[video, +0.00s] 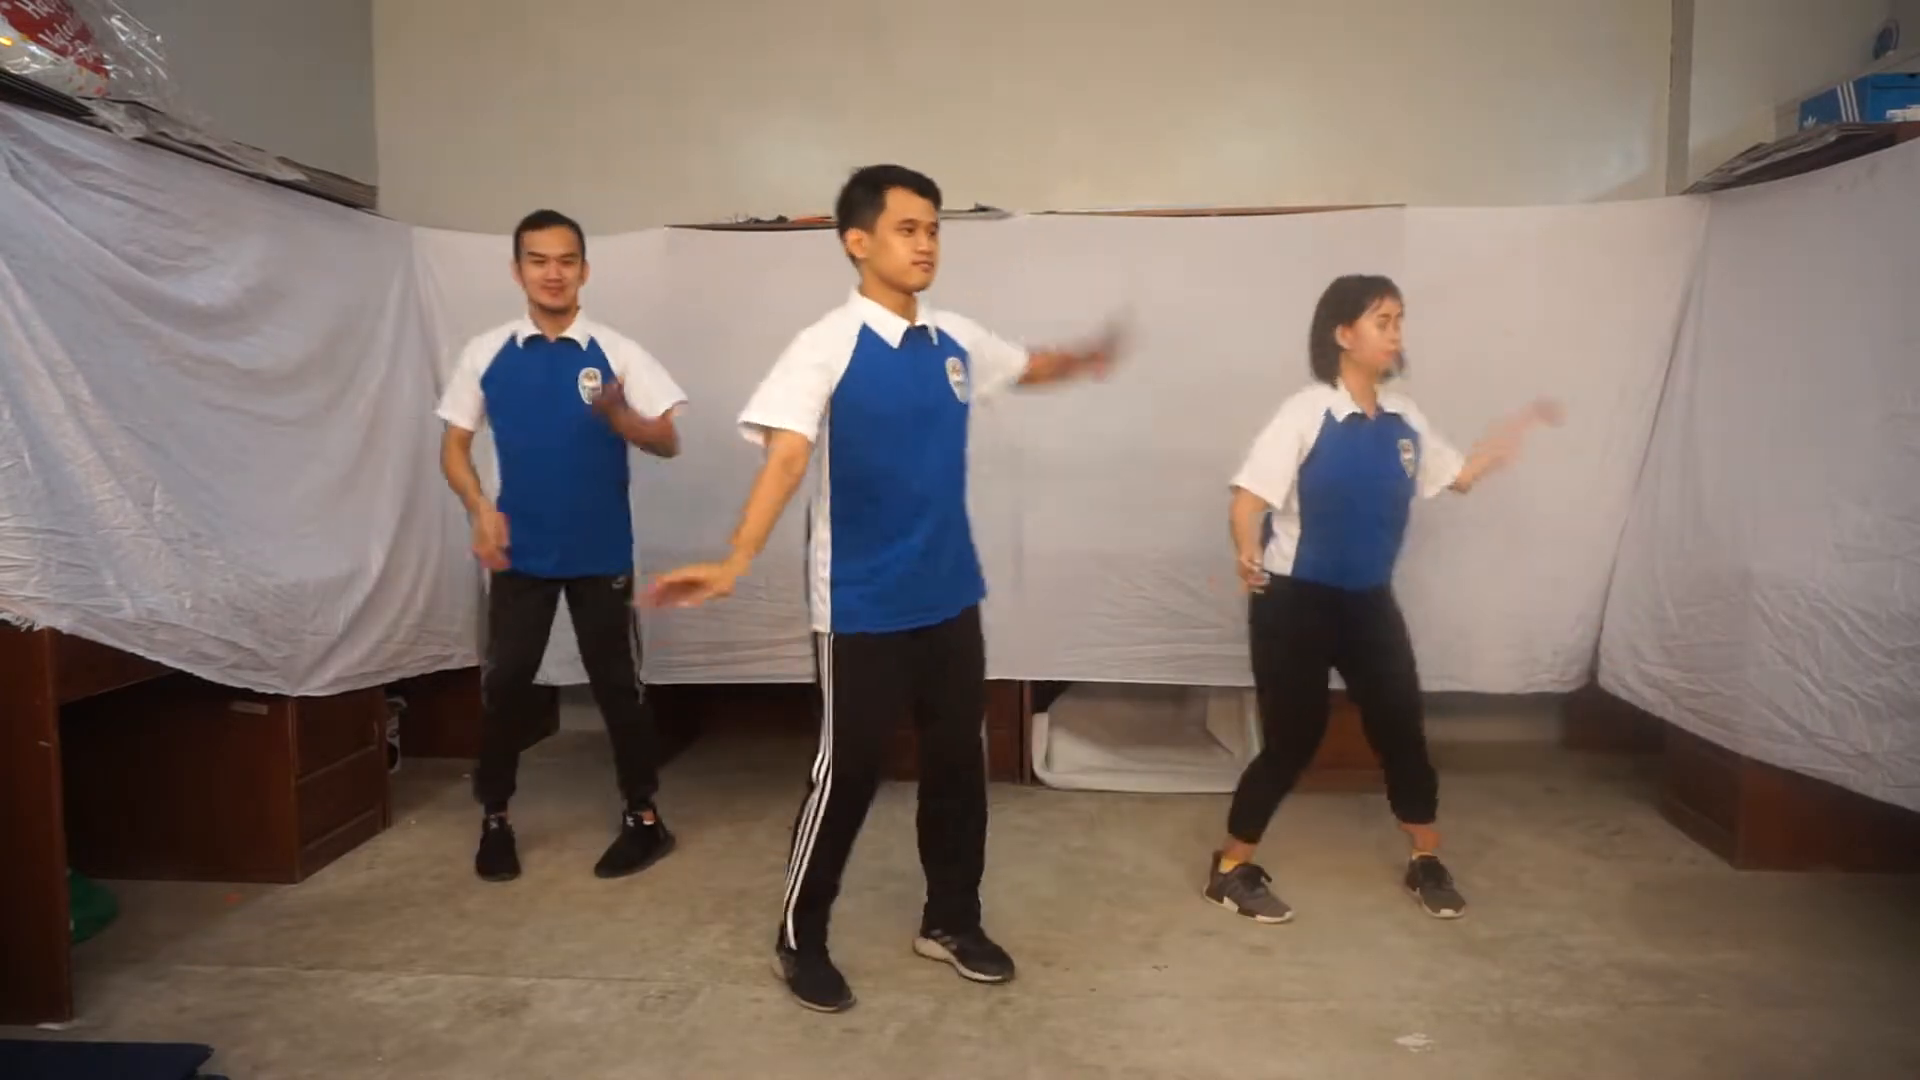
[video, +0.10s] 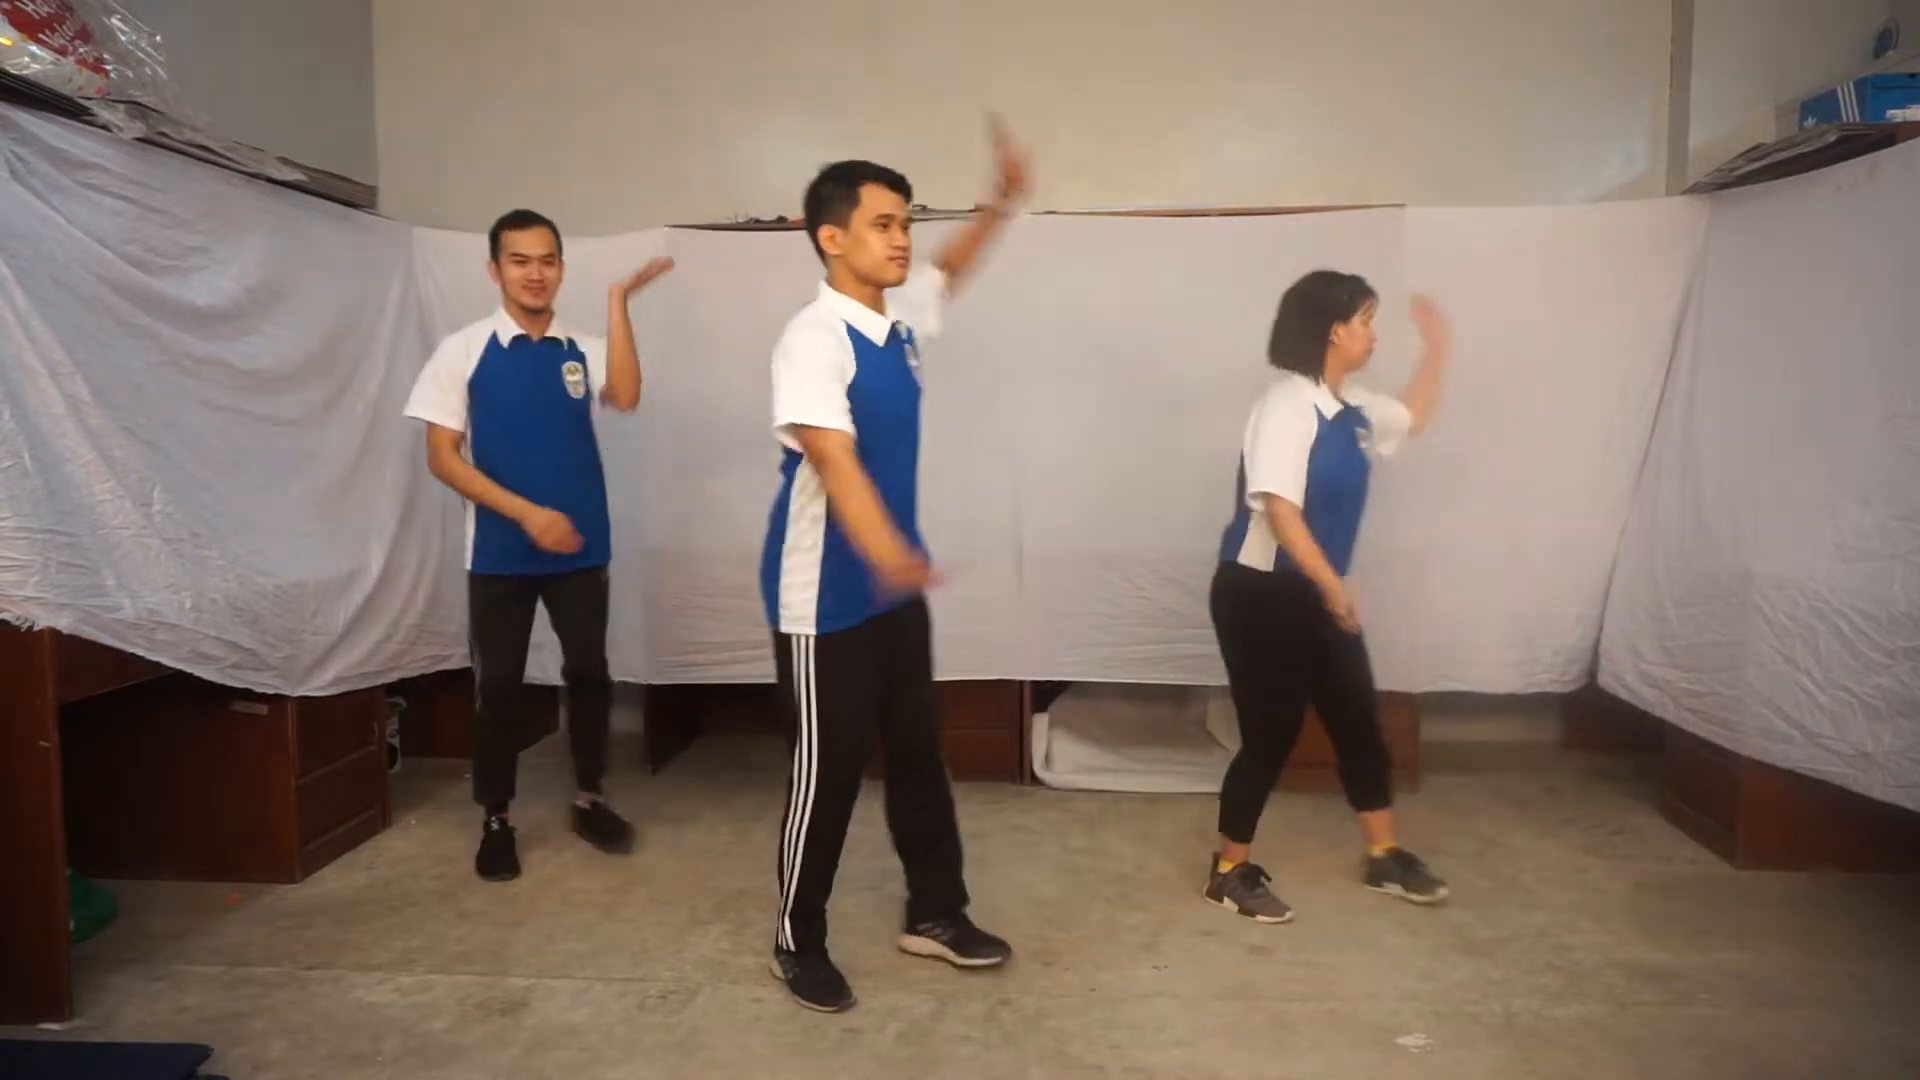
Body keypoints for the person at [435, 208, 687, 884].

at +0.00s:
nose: (553, 272)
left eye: (566, 260)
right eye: (538, 260)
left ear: (584, 270)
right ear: (517, 270)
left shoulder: (615, 350)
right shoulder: (487, 353)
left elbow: (668, 441)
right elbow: (453, 450)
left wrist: (622, 416)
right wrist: (480, 509)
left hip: (599, 555)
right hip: (520, 554)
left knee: (617, 685)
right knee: (504, 688)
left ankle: (644, 818)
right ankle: (496, 819)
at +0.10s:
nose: (536, 273)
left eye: (547, 261)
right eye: (521, 261)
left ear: (561, 269)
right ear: (495, 270)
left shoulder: (580, 350)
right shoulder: (463, 351)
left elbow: (625, 396)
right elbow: (443, 458)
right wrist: (529, 513)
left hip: (579, 552)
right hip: (501, 557)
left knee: (589, 673)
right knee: (497, 690)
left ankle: (591, 800)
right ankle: (497, 821)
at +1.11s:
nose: (524, 269)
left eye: (532, 258)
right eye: (508, 258)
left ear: (541, 267)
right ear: (476, 270)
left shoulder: (548, 354)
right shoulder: (454, 359)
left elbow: (595, 418)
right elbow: (448, 464)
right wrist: (533, 499)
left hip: (538, 552)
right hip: (470, 560)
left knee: (553, 665)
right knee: (470, 687)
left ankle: (492, 759)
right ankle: (468, 814)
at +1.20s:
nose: (538, 268)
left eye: (547, 257)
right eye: (522, 257)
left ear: (556, 266)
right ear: (491, 269)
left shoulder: (564, 357)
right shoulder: (468, 354)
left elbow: (590, 444)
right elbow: (458, 460)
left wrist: (641, 468)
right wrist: (543, 499)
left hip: (554, 548)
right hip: (482, 555)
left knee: (582, 658)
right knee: (475, 686)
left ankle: (559, 785)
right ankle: (468, 815)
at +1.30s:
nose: (563, 269)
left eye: (572, 257)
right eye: (546, 257)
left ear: (581, 266)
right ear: (515, 267)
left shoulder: (593, 360)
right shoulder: (487, 351)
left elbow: (605, 452)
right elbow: (466, 457)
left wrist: (633, 499)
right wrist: (555, 499)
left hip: (582, 551)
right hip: (506, 557)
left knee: (602, 677)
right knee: (493, 692)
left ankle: (629, 805)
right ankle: (470, 818)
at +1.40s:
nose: (585, 272)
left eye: (595, 261)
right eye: (570, 260)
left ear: (605, 271)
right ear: (540, 269)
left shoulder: (627, 358)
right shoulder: (506, 355)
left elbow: (650, 453)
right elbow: (480, 457)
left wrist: (645, 520)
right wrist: (572, 495)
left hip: (617, 557)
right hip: (541, 561)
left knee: (628, 693)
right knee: (537, 705)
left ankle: (636, 810)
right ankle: (489, 805)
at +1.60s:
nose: (624, 266)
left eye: (636, 254)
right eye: (609, 253)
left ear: (648, 264)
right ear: (582, 262)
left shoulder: (675, 348)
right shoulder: (545, 348)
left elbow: (723, 439)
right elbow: (515, 447)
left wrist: (711, 503)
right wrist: (569, 455)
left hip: (665, 556)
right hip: (587, 561)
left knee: (669, 682)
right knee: (597, 688)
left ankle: (659, 800)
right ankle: (606, 820)